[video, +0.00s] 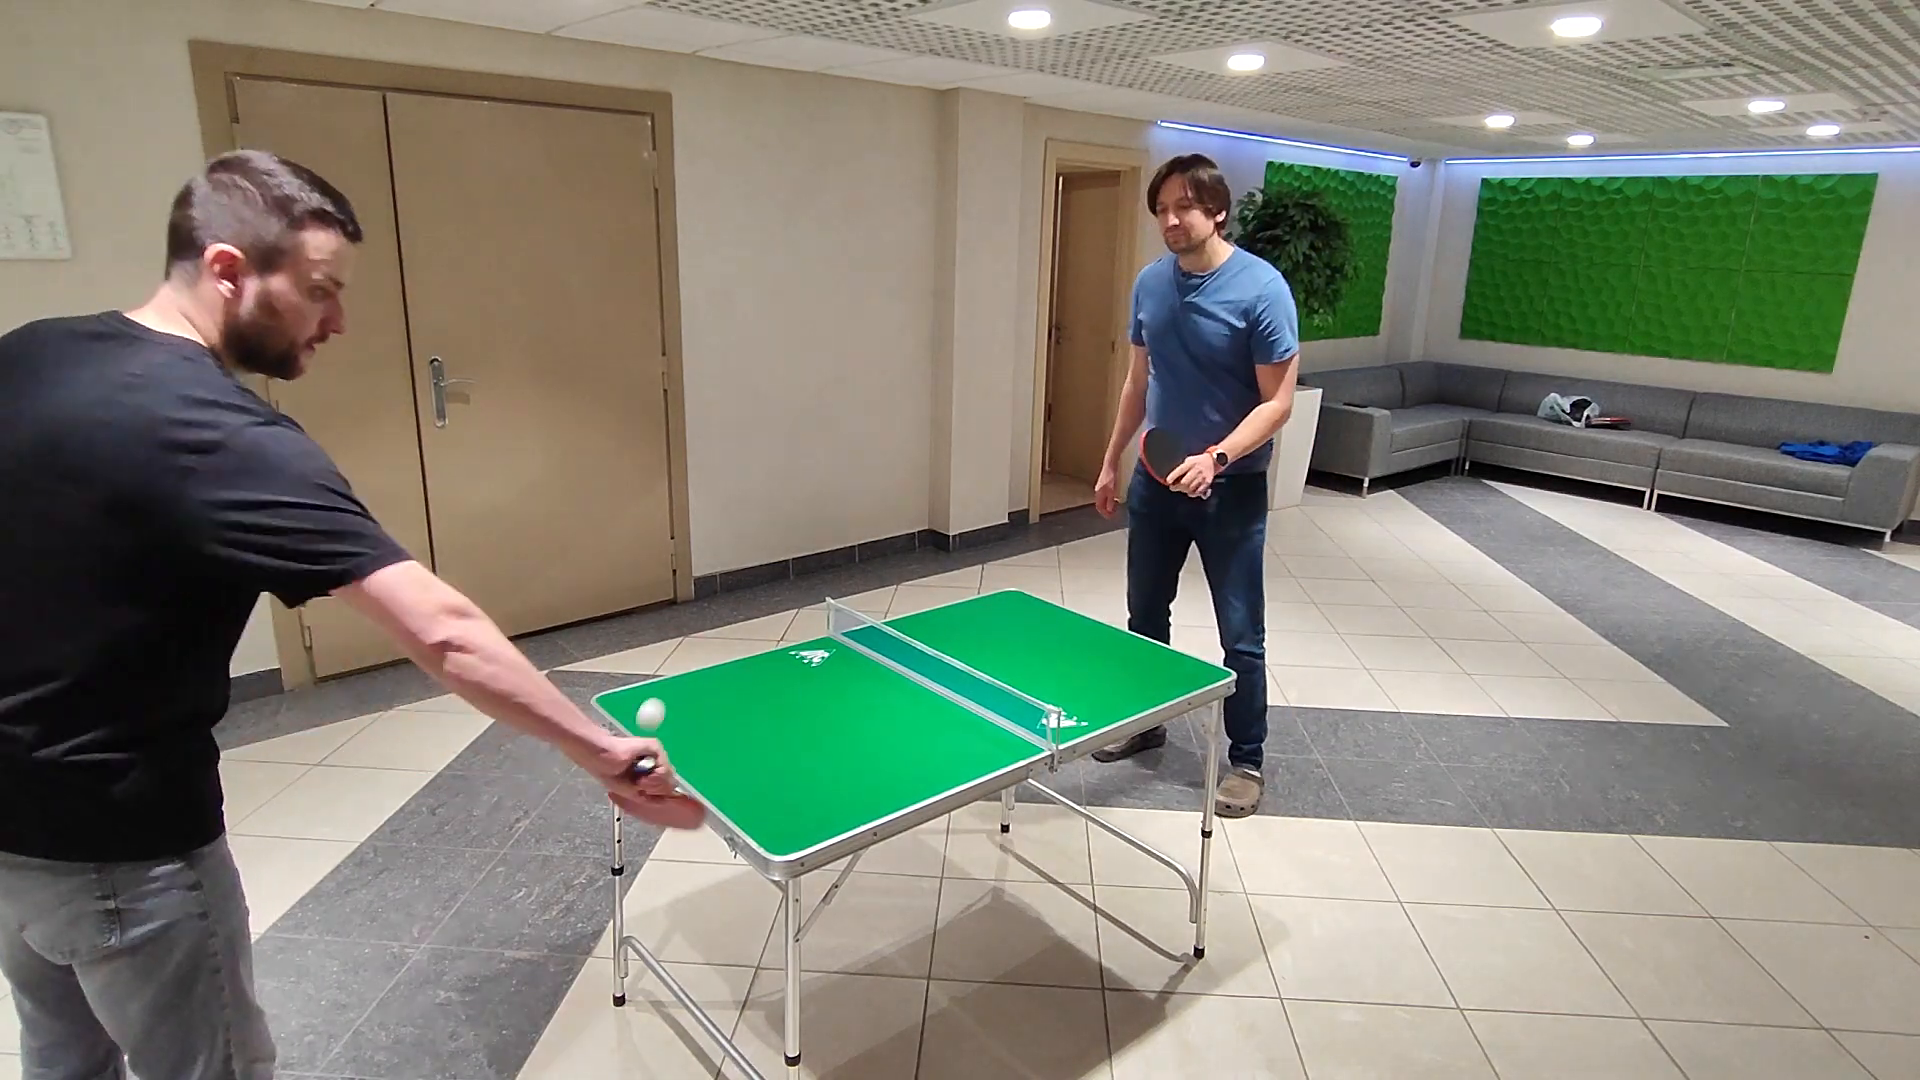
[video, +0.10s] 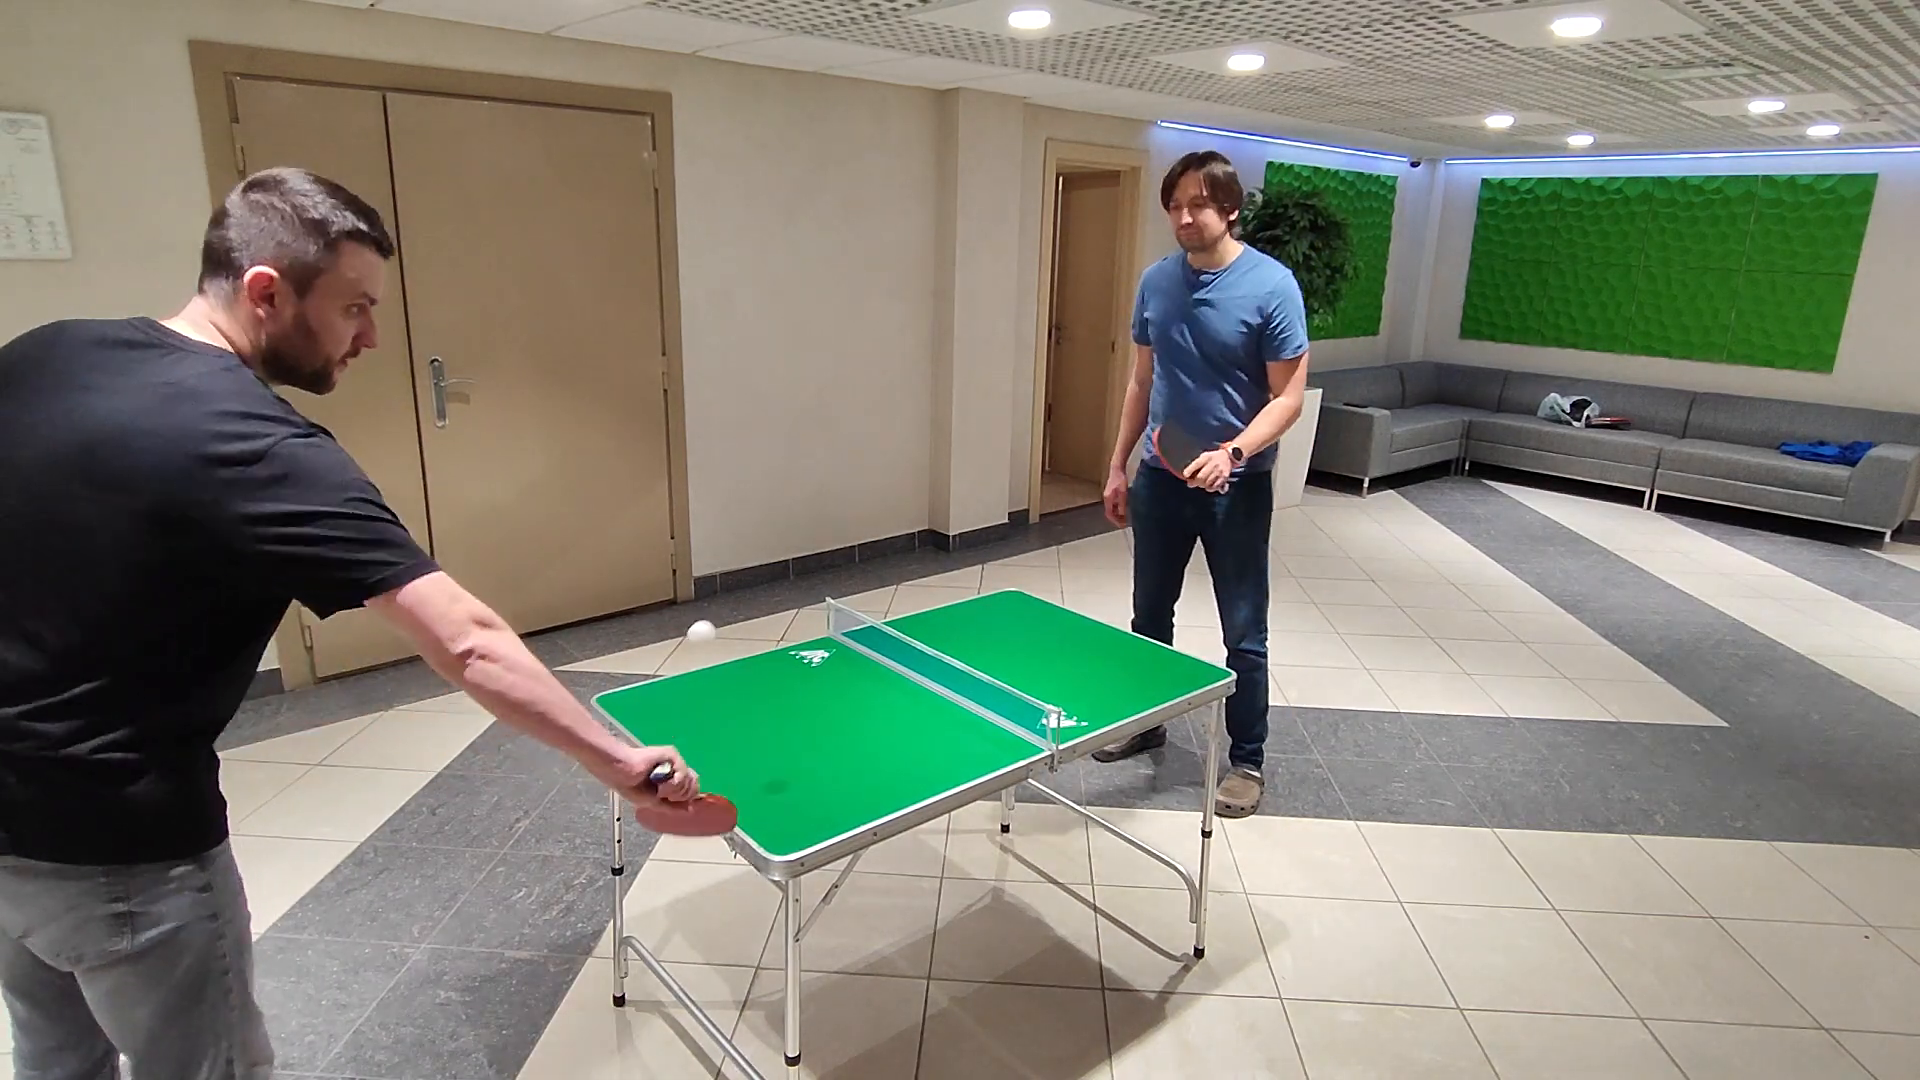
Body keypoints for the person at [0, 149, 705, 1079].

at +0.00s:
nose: (337, 322)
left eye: (339, 294)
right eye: (321, 288)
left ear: (222, 270)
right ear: (226, 271)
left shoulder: (26, 356)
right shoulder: (226, 433)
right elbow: (443, 633)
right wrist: (610, 752)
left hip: (9, 844)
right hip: (129, 864)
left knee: (60, 1067)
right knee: (216, 1067)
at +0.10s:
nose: (368, 337)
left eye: (371, 310)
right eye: (355, 307)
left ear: (248, 288)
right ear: (265, 292)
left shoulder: (40, 355)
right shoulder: (262, 446)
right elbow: (467, 643)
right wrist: (626, 763)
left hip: (3, 833)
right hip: (124, 853)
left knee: (52, 1068)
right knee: (211, 1069)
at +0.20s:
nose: (370, 331)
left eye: (375, 306)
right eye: (359, 301)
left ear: (254, 277)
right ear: (271, 281)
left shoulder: (39, 353)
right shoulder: (269, 445)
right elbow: (437, 656)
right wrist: (584, 776)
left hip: (6, 834)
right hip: (140, 857)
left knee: (50, 1065)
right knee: (215, 1067)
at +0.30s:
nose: (355, 316)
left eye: (358, 290)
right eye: (343, 286)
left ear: (248, 265)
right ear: (254, 268)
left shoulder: (31, 355)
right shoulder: (252, 432)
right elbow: (366, 679)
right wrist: (519, 794)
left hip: (17, 825)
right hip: (154, 851)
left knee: (72, 1060)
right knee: (222, 1064)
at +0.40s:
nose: (330, 293)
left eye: (330, 265)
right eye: (313, 263)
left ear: (213, 249)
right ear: (218, 251)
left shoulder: (25, 354)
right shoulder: (219, 423)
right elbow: (280, 693)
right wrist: (433, 812)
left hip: (25, 823)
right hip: (169, 853)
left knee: (91, 1056)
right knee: (231, 1066)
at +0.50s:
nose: (295, 277)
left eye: (294, 248)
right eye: (278, 246)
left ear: (171, 239)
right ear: (177, 239)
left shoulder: (18, 352)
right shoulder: (182, 422)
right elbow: (204, 688)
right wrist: (348, 822)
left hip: (36, 821)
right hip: (176, 847)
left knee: (90, 1056)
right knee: (269, 1063)